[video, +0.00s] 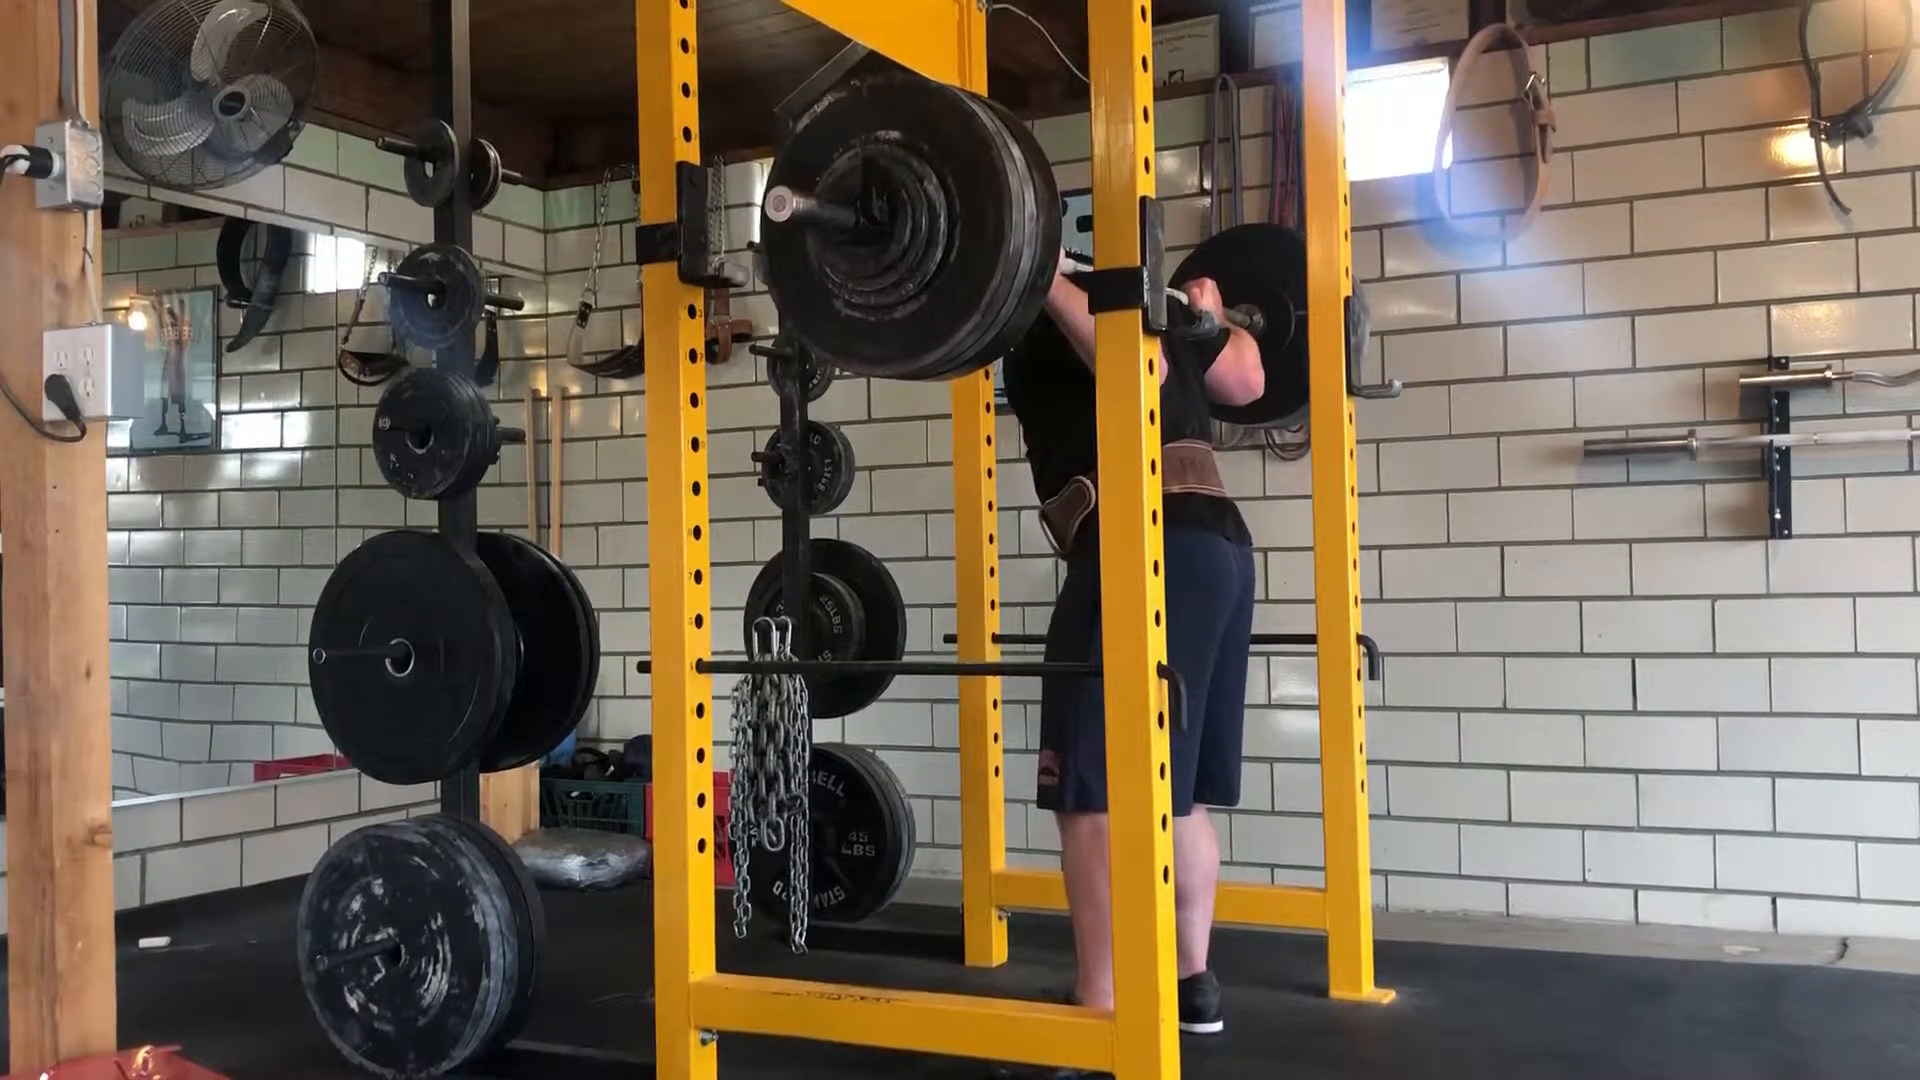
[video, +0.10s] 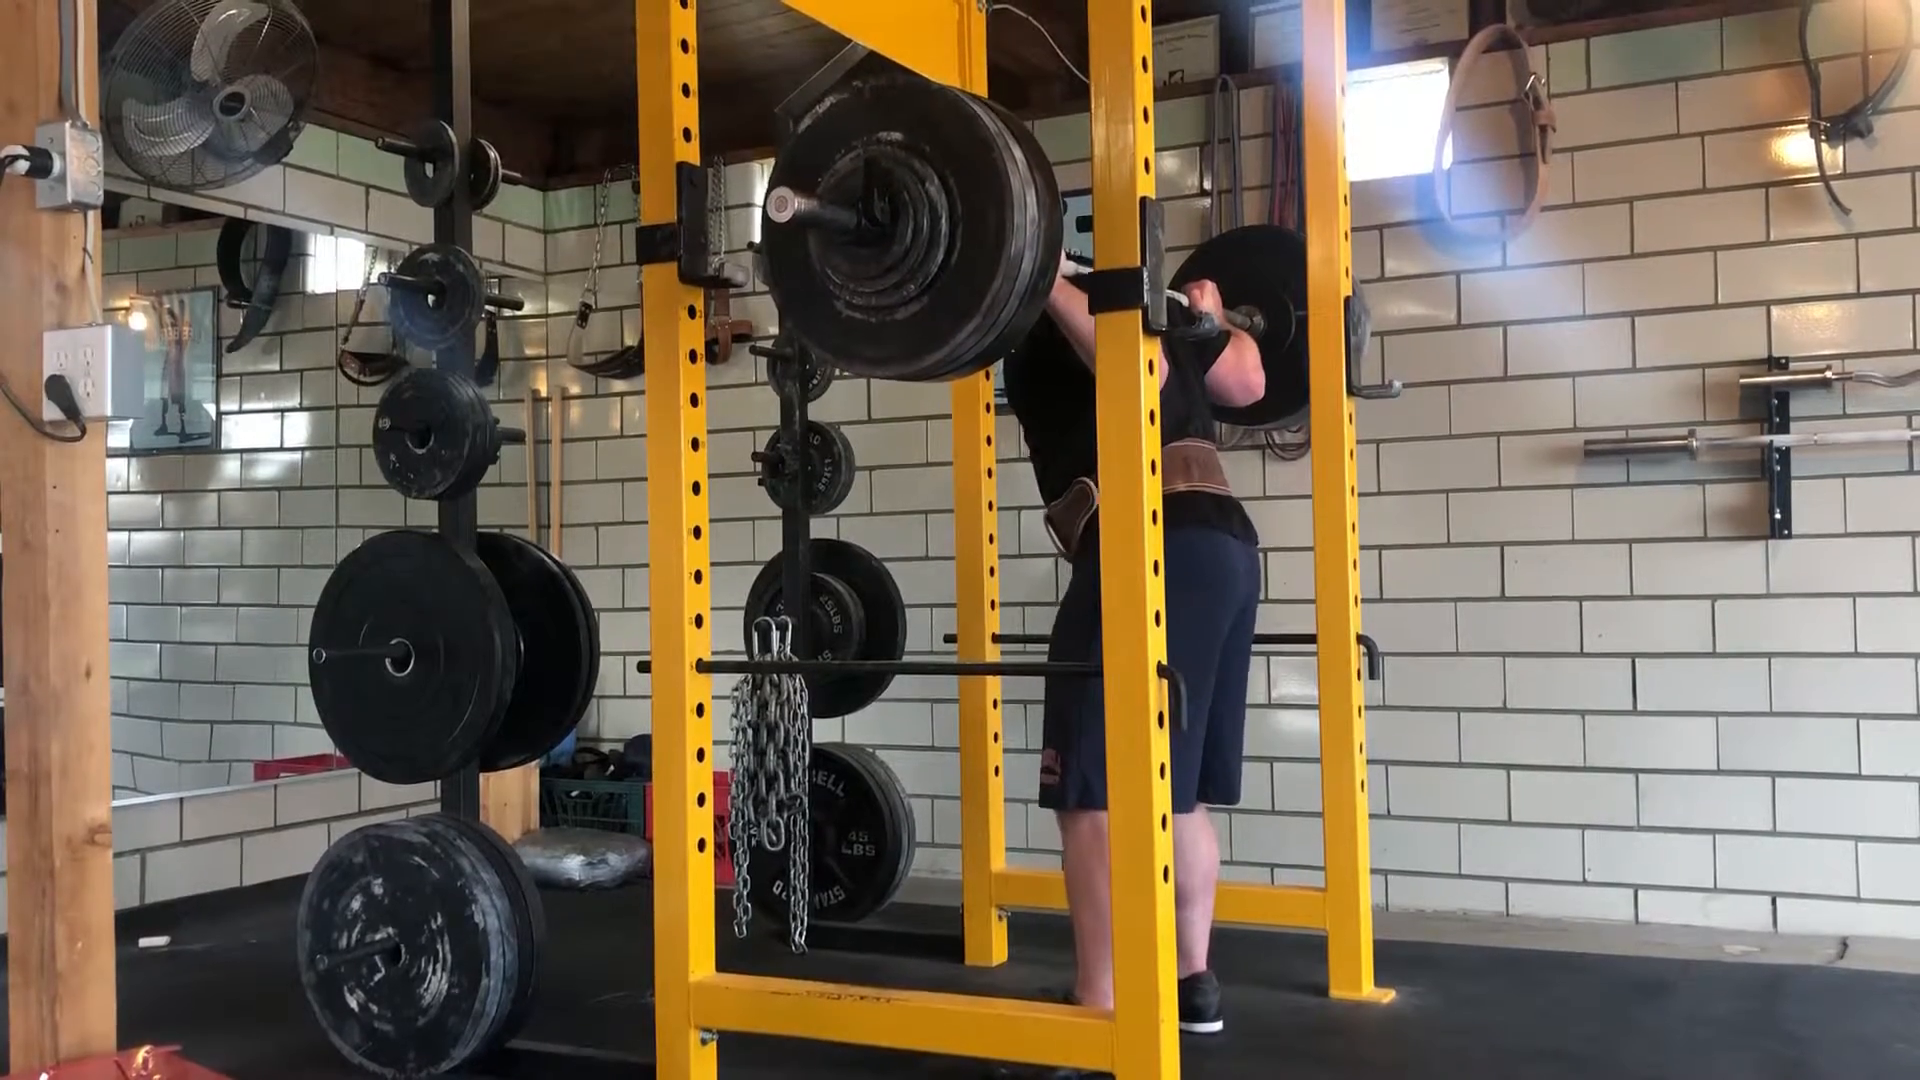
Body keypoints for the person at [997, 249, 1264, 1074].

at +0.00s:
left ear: (1024, 244)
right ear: (1067, 234)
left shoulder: (1050, 297)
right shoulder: (1159, 298)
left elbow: (1134, 373)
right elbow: (1246, 379)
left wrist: (1051, 281)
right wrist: (1211, 307)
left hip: (1132, 539)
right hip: (1218, 546)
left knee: (1085, 782)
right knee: (1190, 783)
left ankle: (1100, 1000)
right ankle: (1194, 985)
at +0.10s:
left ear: (1028, 246)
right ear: (1071, 239)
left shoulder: (1051, 299)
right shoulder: (1161, 301)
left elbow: (1136, 372)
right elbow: (1247, 378)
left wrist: (1048, 282)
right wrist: (1212, 311)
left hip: (1139, 543)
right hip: (1222, 548)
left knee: (1086, 782)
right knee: (1186, 784)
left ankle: (1098, 1004)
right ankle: (1193, 987)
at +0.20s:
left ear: (1023, 260)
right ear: (1074, 249)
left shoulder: (1048, 317)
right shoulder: (1156, 311)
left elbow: (1139, 378)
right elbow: (1250, 380)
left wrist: (1049, 285)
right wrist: (1213, 315)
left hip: (1154, 545)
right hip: (1234, 546)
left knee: (1088, 783)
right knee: (1191, 784)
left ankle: (1098, 1004)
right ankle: (1195, 987)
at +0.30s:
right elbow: (1257, 396)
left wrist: (1043, 299)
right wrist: (1213, 328)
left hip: (1188, 549)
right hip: (1252, 549)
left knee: (1088, 772)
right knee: (1195, 785)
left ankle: (1099, 1004)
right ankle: (1197, 989)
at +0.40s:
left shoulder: (1095, 333)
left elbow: (1158, 400)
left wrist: (1044, 317)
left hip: (1213, 556)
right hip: (1262, 557)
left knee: (1086, 775)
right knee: (1197, 782)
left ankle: (1099, 1009)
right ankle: (1193, 991)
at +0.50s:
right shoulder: (1150, 356)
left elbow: (1158, 424)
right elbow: (1258, 431)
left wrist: (1042, 346)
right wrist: (1213, 367)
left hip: (1223, 579)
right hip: (1281, 578)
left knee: (1072, 780)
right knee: (1191, 787)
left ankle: (1098, 1005)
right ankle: (1192, 987)